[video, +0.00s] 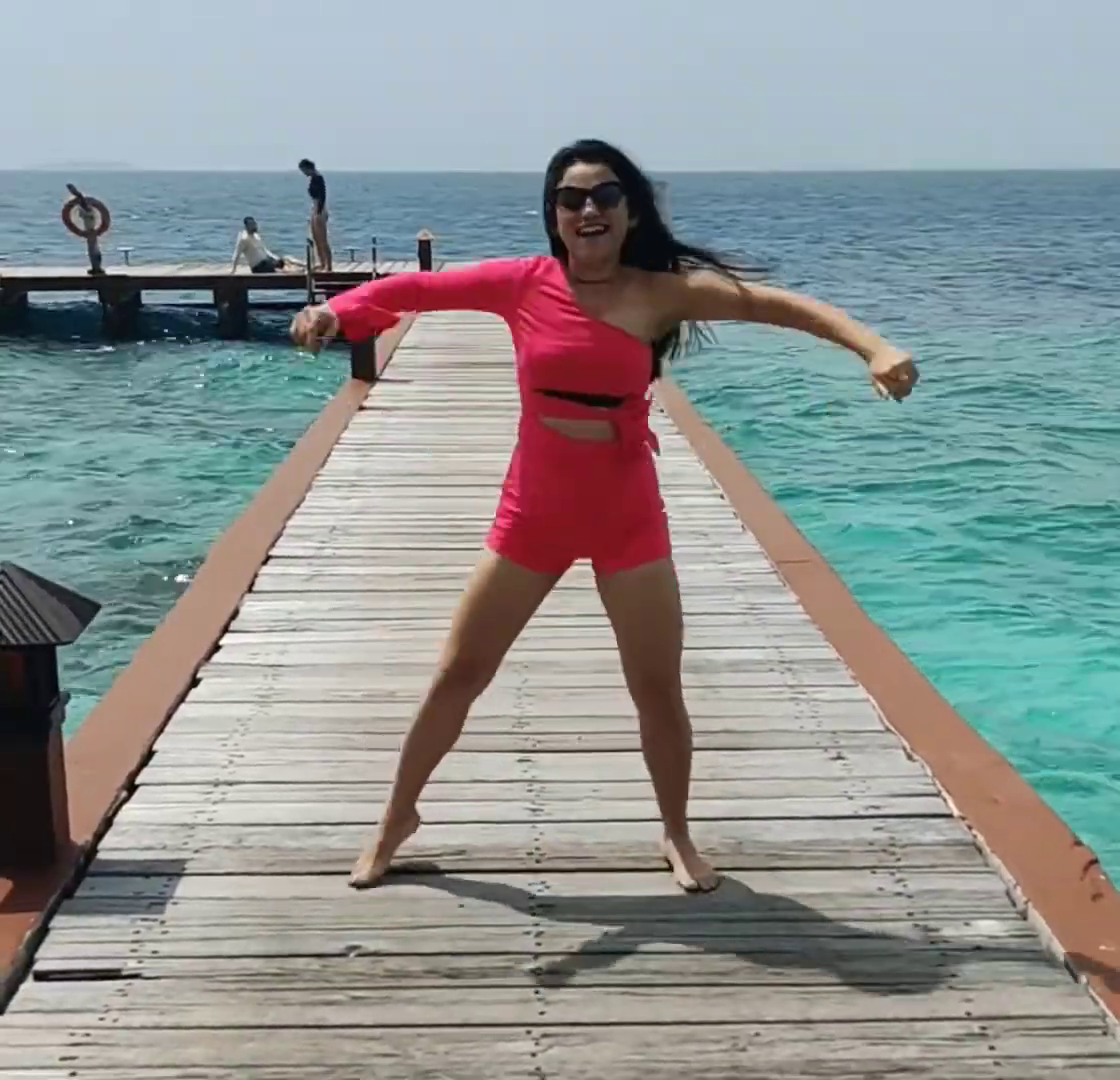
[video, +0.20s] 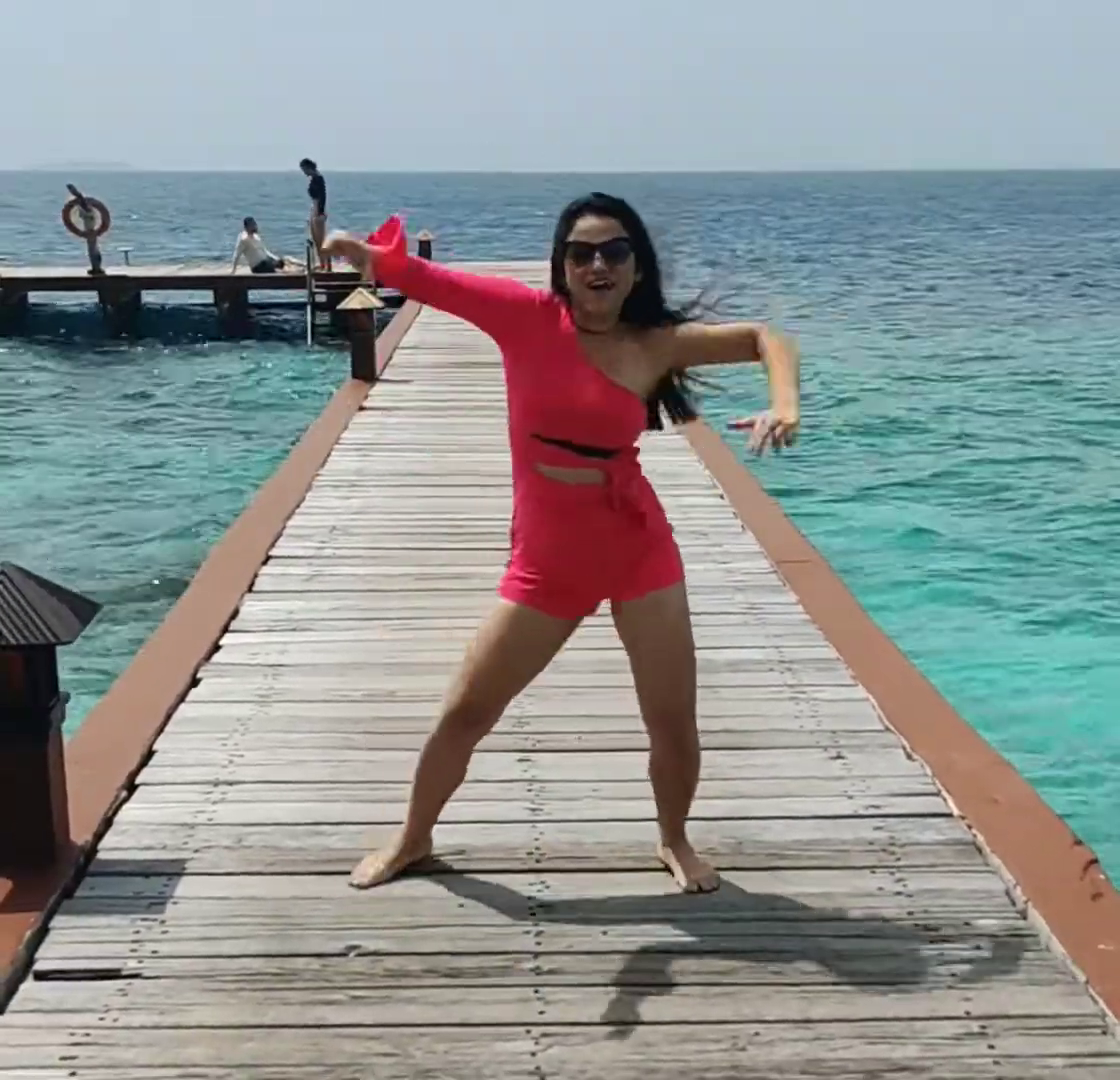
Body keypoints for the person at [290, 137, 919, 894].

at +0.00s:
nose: (590, 212)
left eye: (606, 197)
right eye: (573, 199)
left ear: (632, 210)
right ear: (554, 213)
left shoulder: (663, 293)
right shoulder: (523, 284)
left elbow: (786, 308)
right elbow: (416, 291)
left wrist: (874, 348)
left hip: (626, 509)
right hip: (534, 505)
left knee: (658, 686)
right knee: (458, 674)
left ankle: (677, 837)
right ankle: (394, 825)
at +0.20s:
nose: (598, 265)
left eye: (615, 251)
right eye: (581, 253)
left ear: (638, 264)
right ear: (560, 264)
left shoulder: (658, 345)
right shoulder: (526, 318)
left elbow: (769, 339)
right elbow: (424, 279)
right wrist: (361, 252)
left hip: (639, 550)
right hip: (547, 556)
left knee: (673, 721)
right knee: (466, 715)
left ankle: (675, 840)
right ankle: (412, 839)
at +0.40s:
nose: (615, 255)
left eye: (635, 243)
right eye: (603, 245)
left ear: (669, 262)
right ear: (592, 263)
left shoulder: (684, 375)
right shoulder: (557, 332)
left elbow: (665, 495)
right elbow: (440, 366)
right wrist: (354, 428)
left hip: (658, 563)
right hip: (564, 561)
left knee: (678, 731)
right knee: (461, 699)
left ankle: (677, 841)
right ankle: (414, 827)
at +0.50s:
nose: (589, 218)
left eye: (610, 207)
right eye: (590, 207)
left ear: (655, 234)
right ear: (594, 231)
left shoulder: (686, 320)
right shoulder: (559, 299)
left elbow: (653, 376)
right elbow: (484, 343)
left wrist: (670, 278)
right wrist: (469, 428)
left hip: (651, 535)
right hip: (560, 529)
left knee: (670, 713)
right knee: (441, 663)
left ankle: (680, 840)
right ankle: (394, 819)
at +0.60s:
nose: (577, 212)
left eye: (592, 203)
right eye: (578, 199)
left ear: (638, 219)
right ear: (582, 210)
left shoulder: (671, 295)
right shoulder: (574, 279)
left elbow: (622, 233)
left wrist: (597, 134)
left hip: (626, 520)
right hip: (539, 507)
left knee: (656, 699)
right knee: (441, 666)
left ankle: (685, 837)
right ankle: (376, 829)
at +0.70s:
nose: (563, 231)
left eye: (577, 218)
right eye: (566, 216)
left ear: (627, 231)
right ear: (601, 231)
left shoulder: (653, 299)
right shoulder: (593, 296)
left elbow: (591, 200)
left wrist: (489, 135)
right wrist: (635, 432)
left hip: (592, 540)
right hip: (511, 515)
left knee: (633, 718)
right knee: (436, 688)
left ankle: (677, 844)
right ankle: (413, 858)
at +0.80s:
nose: (563, 260)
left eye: (580, 246)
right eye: (566, 244)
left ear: (622, 259)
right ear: (596, 261)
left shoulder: (642, 322)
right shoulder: (598, 335)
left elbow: (548, 251)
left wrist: (451, 210)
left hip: (559, 572)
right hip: (486, 544)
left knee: (602, 737)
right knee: (421, 703)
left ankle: (674, 848)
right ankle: (421, 879)